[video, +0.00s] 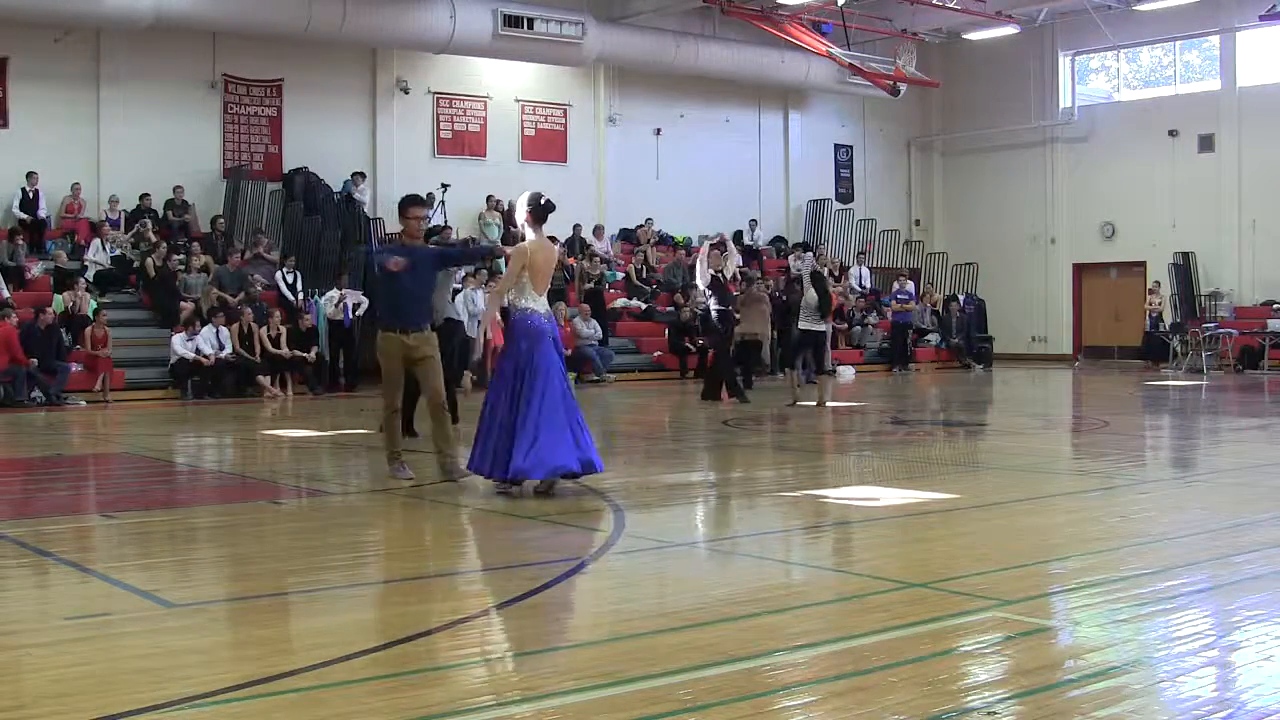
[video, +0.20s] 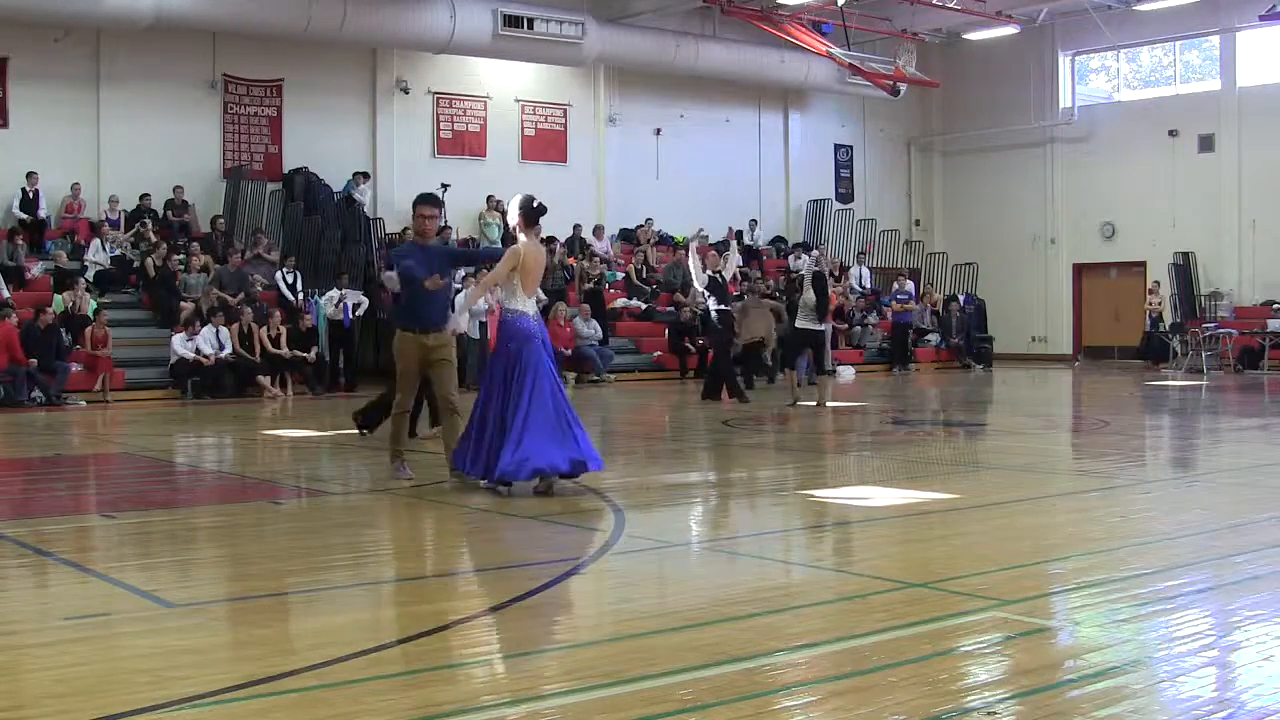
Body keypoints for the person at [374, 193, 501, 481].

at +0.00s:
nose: (420, 225)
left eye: (424, 219)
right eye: (414, 219)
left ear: (427, 221)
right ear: (401, 221)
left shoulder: (430, 254)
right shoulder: (383, 251)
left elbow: (461, 254)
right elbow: (368, 257)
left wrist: (496, 251)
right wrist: (384, 262)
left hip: (423, 336)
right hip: (391, 337)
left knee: (438, 397)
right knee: (393, 401)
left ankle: (449, 463)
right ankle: (395, 460)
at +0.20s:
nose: (427, 224)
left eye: (432, 219)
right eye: (422, 218)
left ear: (440, 222)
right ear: (413, 220)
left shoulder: (445, 253)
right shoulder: (401, 252)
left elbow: (476, 255)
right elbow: (403, 272)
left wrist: (507, 253)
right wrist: (423, 282)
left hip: (442, 337)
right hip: (409, 338)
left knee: (451, 402)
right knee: (404, 403)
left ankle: (456, 465)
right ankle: (397, 459)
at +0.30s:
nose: (433, 222)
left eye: (438, 217)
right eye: (428, 216)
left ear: (447, 219)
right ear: (420, 218)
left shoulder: (454, 252)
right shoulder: (408, 252)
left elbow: (492, 255)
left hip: (455, 337)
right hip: (422, 337)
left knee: (458, 400)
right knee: (415, 399)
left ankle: (458, 462)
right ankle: (400, 457)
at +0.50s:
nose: (443, 221)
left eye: (449, 215)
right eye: (438, 215)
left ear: (459, 217)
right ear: (432, 217)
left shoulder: (471, 249)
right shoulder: (422, 252)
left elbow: (500, 258)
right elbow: (418, 294)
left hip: (469, 332)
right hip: (440, 332)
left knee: (470, 396)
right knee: (447, 395)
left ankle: (464, 455)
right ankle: (426, 448)